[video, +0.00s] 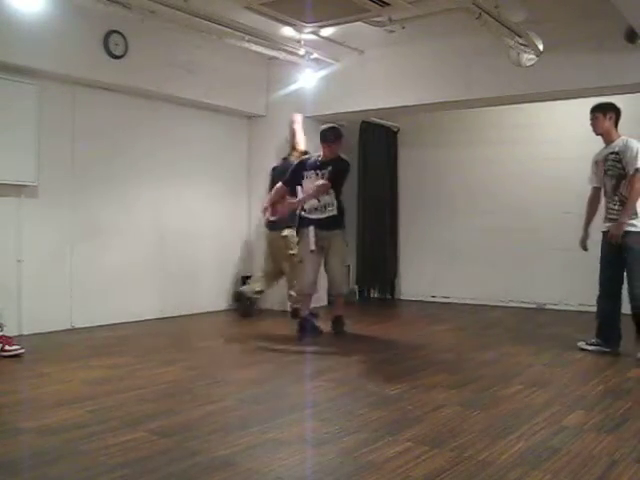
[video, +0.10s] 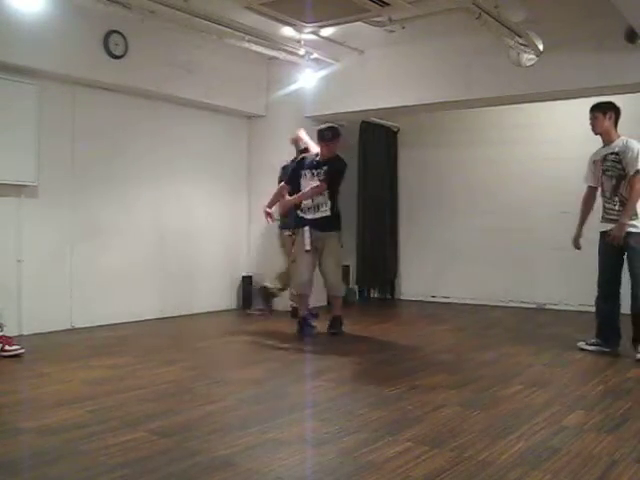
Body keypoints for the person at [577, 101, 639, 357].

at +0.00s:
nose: (592, 124)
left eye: (596, 119)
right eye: (591, 120)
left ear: (611, 119)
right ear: (600, 122)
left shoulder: (631, 147)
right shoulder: (599, 157)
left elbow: (634, 187)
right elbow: (595, 194)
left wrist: (621, 223)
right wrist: (586, 229)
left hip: (632, 230)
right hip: (610, 231)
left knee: (634, 291)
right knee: (608, 289)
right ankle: (607, 340)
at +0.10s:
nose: (591, 124)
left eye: (595, 118)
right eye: (591, 119)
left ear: (611, 118)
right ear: (601, 121)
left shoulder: (631, 148)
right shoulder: (596, 157)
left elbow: (635, 188)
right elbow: (590, 194)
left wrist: (622, 223)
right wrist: (579, 228)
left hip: (634, 230)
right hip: (609, 230)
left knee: (636, 289)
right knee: (607, 288)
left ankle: (637, 343)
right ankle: (607, 340)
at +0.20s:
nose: (593, 123)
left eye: (598, 118)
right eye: (593, 118)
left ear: (613, 118)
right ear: (602, 120)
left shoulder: (632, 150)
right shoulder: (596, 156)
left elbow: (636, 192)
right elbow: (588, 193)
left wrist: (627, 228)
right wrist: (575, 228)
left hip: (633, 232)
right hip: (607, 231)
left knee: (636, 291)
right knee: (606, 289)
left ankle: (637, 345)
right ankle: (607, 340)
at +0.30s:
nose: (600, 122)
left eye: (604, 117)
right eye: (599, 117)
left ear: (620, 118)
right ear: (608, 120)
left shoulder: (636, 151)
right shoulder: (601, 155)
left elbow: (637, 195)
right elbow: (590, 192)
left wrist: (633, 233)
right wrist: (575, 227)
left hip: (633, 233)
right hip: (607, 232)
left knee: (636, 293)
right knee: (605, 289)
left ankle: (637, 346)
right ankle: (606, 340)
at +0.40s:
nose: (608, 122)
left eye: (613, 116)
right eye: (608, 116)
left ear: (630, 118)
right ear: (622, 119)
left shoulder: (638, 152)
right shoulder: (606, 153)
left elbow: (638, 199)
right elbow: (595, 191)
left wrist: (635, 232)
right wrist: (580, 225)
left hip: (635, 233)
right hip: (610, 231)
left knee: (636, 293)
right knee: (605, 287)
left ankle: (637, 348)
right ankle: (606, 339)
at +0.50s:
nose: (616, 122)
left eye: (620, 117)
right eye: (616, 117)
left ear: (633, 118)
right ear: (629, 119)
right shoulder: (615, 150)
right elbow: (603, 188)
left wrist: (637, 233)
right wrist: (589, 222)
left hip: (635, 230)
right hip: (616, 229)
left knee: (638, 294)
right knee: (603, 286)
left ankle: (637, 347)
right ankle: (605, 338)